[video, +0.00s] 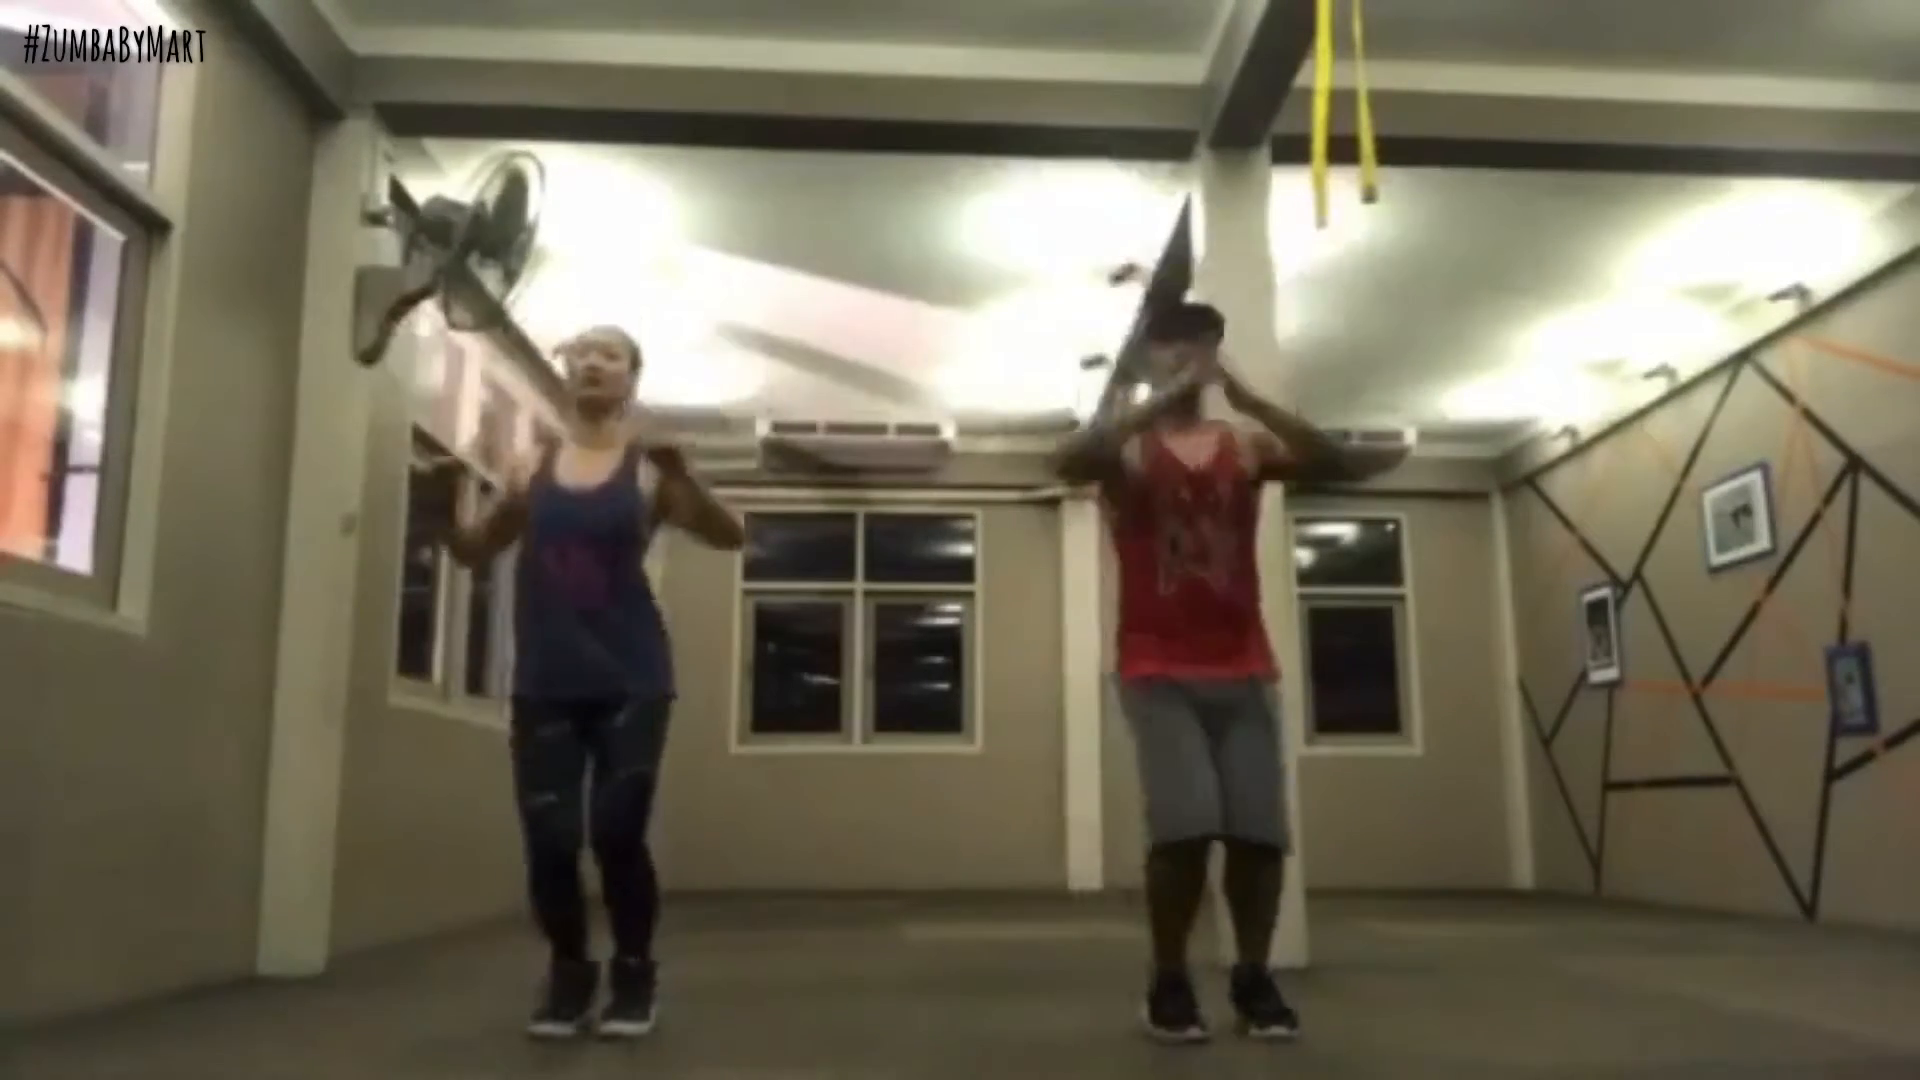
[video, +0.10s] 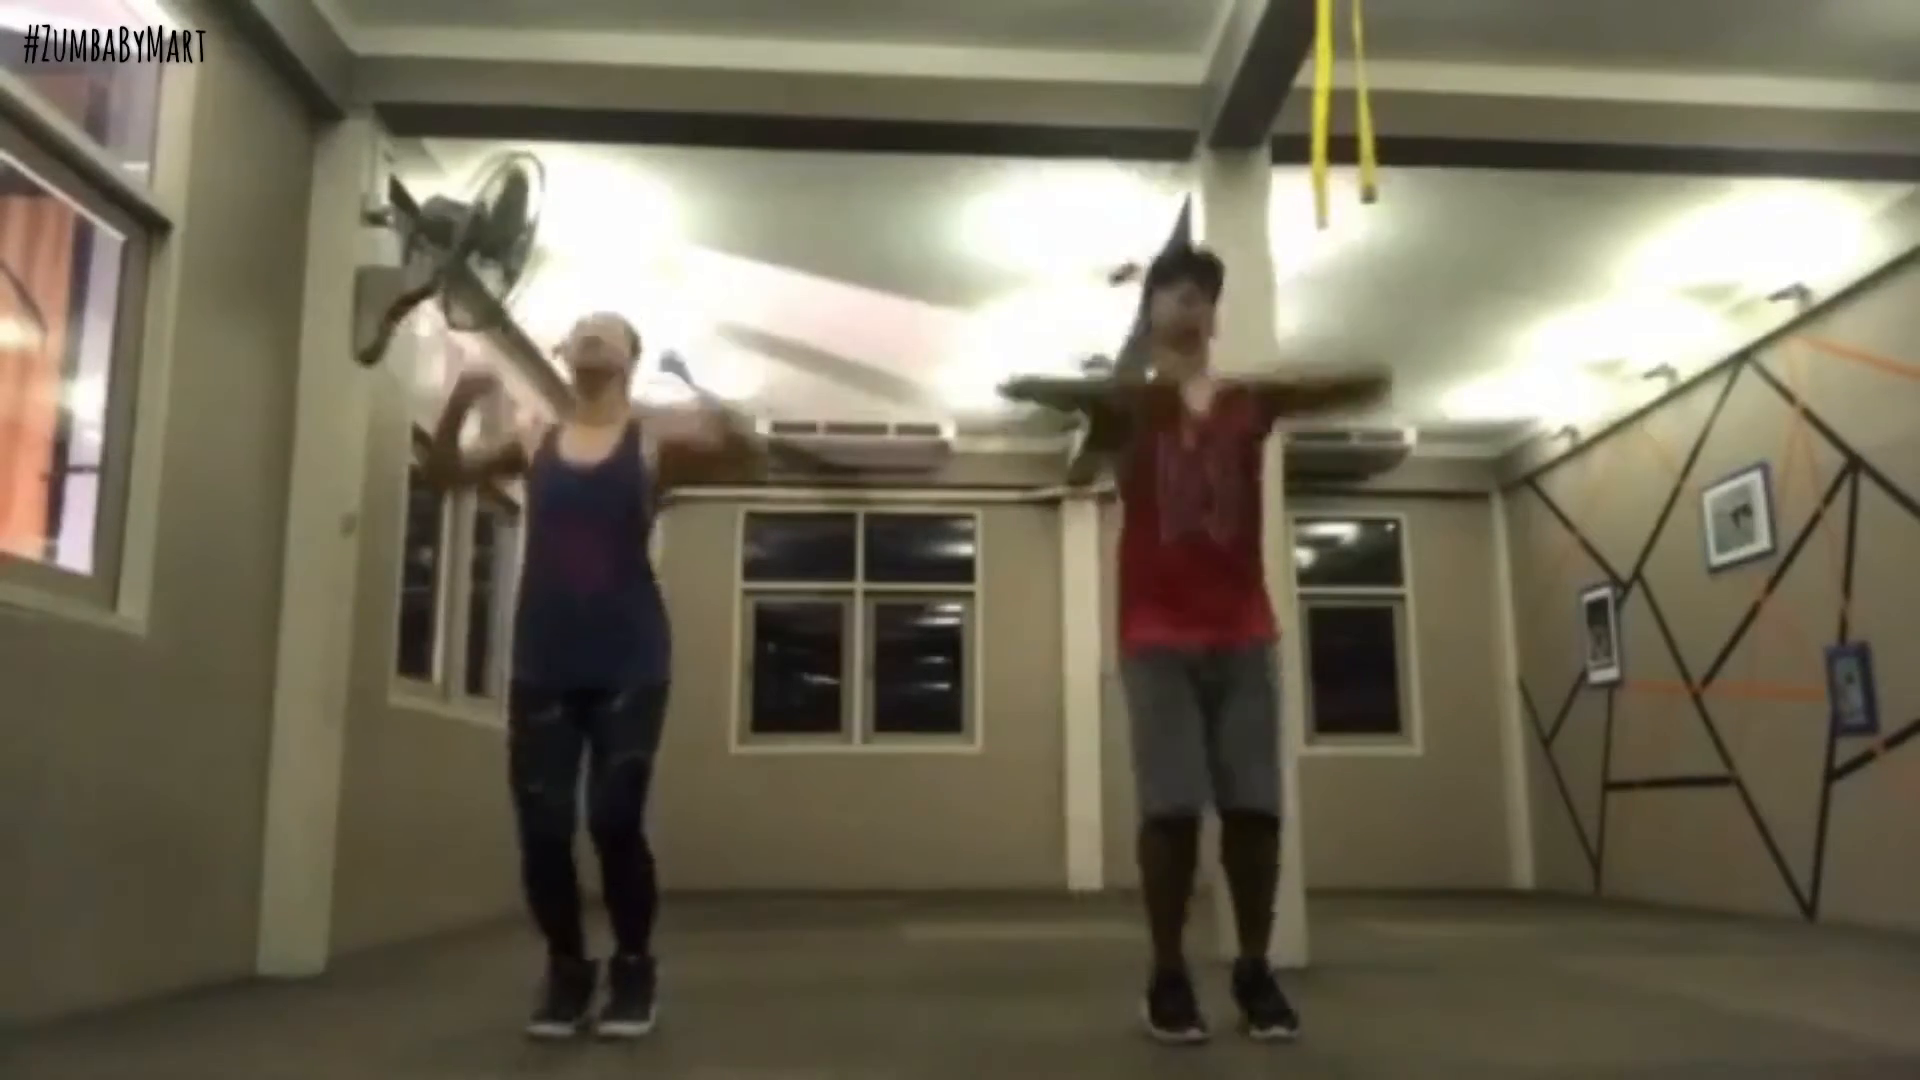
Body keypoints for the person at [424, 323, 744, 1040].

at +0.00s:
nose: (590, 367)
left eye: (608, 357)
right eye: (579, 357)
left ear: (633, 379)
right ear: (563, 374)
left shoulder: (649, 470)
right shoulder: (541, 468)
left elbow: (729, 536)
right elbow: (475, 550)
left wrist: (683, 476)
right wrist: (454, 501)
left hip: (630, 679)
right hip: (546, 679)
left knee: (616, 834)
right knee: (550, 842)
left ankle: (632, 982)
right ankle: (569, 983)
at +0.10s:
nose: (589, 339)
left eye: (606, 332)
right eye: (580, 332)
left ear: (631, 359)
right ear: (565, 357)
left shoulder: (652, 440)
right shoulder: (538, 440)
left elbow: (742, 459)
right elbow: (443, 470)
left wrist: (708, 400)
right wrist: (461, 397)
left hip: (627, 658)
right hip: (545, 657)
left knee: (614, 822)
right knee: (542, 830)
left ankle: (633, 978)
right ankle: (568, 978)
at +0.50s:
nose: (582, 358)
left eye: (599, 348)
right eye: (570, 349)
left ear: (624, 366)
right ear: (554, 366)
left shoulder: (646, 440)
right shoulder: (530, 438)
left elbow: (731, 382)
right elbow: (447, 376)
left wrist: (679, 308)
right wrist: (500, 316)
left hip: (620, 660)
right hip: (535, 659)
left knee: (606, 827)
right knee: (523, 829)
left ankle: (616, 976)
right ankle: (538, 976)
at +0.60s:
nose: (580, 334)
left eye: (596, 328)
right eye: (570, 327)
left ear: (622, 349)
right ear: (556, 347)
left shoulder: (647, 430)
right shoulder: (528, 422)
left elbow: (734, 374)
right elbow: (440, 357)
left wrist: (677, 298)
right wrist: (500, 310)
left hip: (620, 652)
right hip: (534, 650)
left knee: (613, 818)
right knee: (530, 822)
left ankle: (617, 980)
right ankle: (538, 979)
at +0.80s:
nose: (590, 299)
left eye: (604, 291)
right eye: (579, 289)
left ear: (627, 313)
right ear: (563, 308)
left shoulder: (642, 383)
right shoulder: (530, 376)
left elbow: (708, 303)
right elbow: (466, 294)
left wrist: (704, 196)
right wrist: (450, 204)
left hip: (618, 610)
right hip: (532, 608)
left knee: (612, 785)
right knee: (529, 789)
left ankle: (616, 954)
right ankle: (524, 958)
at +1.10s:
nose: (617, 376)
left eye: (623, 361)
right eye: (603, 362)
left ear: (628, 365)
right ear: (563, 367)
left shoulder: (645, 443)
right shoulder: (525, 445)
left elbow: (745, 459)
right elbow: (414, 476)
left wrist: (781, 427)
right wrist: (360, 420)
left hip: (621, 656)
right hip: (531, 656)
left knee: (650, 804)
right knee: (521, 821)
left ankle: (634, 940)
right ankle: (524, 980)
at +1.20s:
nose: (619, 348)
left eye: (626, 334)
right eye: (605, 334)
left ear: (634, 341)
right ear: (571, 339)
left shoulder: (648, 421)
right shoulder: (537, 418)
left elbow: (762, 444)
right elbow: (465, 475)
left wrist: (864, 432)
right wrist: (401, 429)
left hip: (634, 628)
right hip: (550, 631)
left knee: (661, 779)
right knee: (532, 800)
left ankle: (679, 948)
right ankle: (524, 975)